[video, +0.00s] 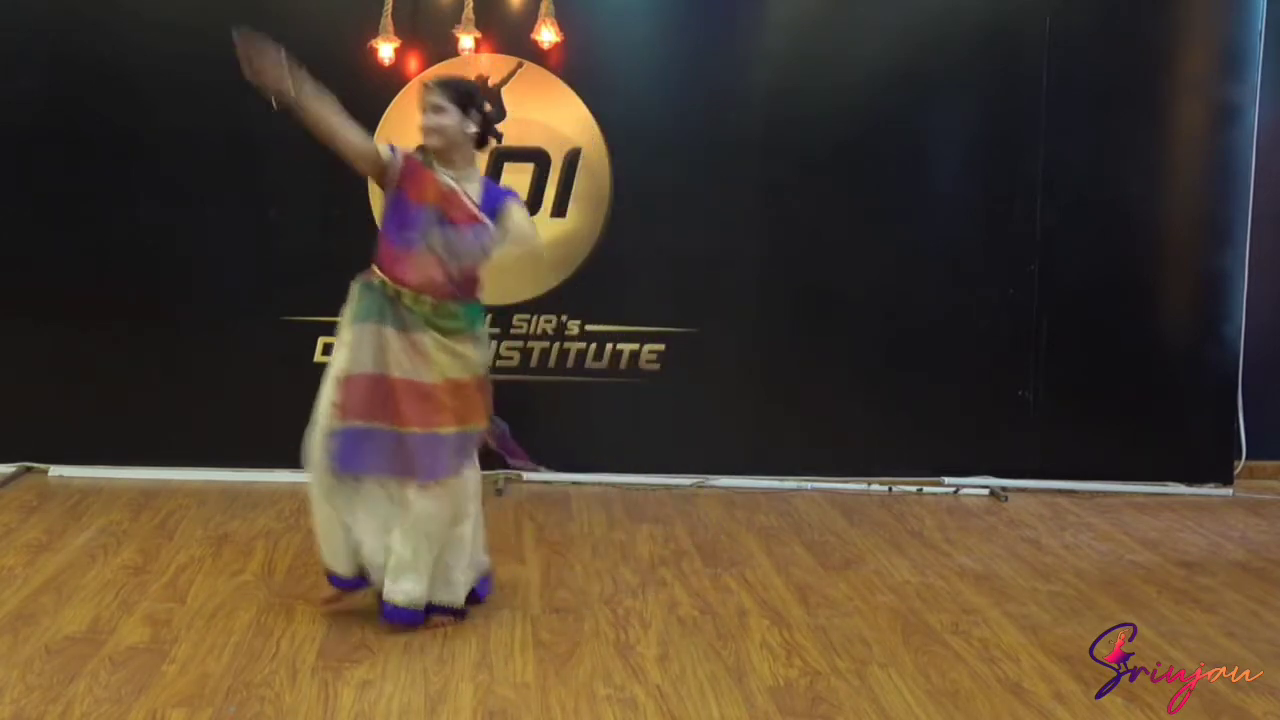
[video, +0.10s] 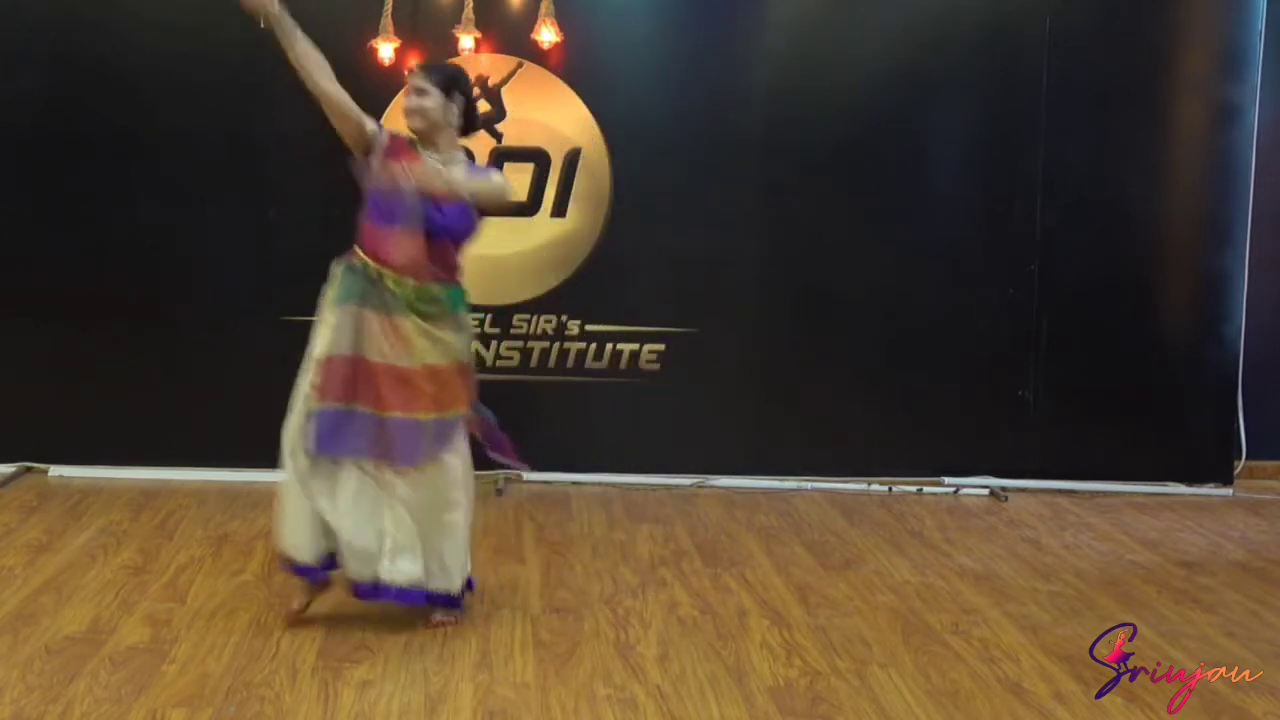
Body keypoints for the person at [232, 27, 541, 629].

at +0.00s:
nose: (427, 122)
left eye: (439, 112)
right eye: (425, 113)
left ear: (474, 124)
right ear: (424, 124)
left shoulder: (497, 203)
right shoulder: (404, 170)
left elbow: (534, 244)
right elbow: (345, 134)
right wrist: (292, 85)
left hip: (448, 333)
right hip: (382, 324)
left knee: (439, 461)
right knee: (343, 446)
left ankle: (422, 583)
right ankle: (358, 557)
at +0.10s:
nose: (407, 101)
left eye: (421, 94)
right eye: (407, 92)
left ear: (457, 107)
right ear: (404, 102)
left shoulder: (475, 175)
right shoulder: (379, 149)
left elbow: (499, 191)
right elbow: (323, 84)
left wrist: (446, 180)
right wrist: (276, 18)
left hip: (429, 318)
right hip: (358, 309)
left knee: (436, 452)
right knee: (319, 432)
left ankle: (444, 582)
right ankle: (314, 559)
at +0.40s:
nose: (348, 126)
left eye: (363, 118)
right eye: (346, 116)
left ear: (394, 134)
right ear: (341, 127)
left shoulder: (405, 211)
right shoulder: (309, 174)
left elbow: (471, 251)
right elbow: (227, 161)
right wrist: (234, 105)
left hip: (350, 343)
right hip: (281, 332)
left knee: (338, 466)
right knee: (276, 462)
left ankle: (322, 591)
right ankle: (273, 600)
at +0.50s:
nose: (343, 142)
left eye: (358, 136)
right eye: (341, 131)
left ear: (386, 154)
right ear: (333, 138)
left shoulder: (392, 233)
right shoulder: (299, 192)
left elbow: (457, 278)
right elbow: (216, 203)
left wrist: (443, 301)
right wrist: (238, 176)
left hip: (329, 372)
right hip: (260, 355)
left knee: (294, 490)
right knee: (241, 480)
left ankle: (249, 615)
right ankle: (214, 609)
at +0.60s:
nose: (347, 172)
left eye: (362, 169)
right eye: (343, 159)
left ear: (375, 185)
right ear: (327, 160)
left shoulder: (370, 253)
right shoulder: (281, 210)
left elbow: (432, 314)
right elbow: (209, 245)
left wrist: (460, 375)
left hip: (311, 379)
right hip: (243, 360)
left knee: (278, 492)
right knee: (226, 488)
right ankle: (185, 615)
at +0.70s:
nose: (351, 188)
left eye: (364, 185)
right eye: (347, 173)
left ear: (369, 196)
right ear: (320, 164)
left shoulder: (350, 260)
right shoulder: (268, 217)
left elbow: (409, 331)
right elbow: (206, 264)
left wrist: (463, 399)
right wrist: (269, 320)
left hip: (295, 381)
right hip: (229, 365)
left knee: (273, 489)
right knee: (216, 489)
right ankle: (180, 615)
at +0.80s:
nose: (341, 186)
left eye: (353, 182)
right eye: (336, 169)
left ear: (356, 191)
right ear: (304, 155)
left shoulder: (331, 249)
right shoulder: (250, 206)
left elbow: (392, 315)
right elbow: (189, 251)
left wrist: (430, 383)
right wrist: (252, 320)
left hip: (283, 382)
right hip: (219, 371)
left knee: (267, 491)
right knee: (210, 492)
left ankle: (261, 602)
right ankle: (176, 616)